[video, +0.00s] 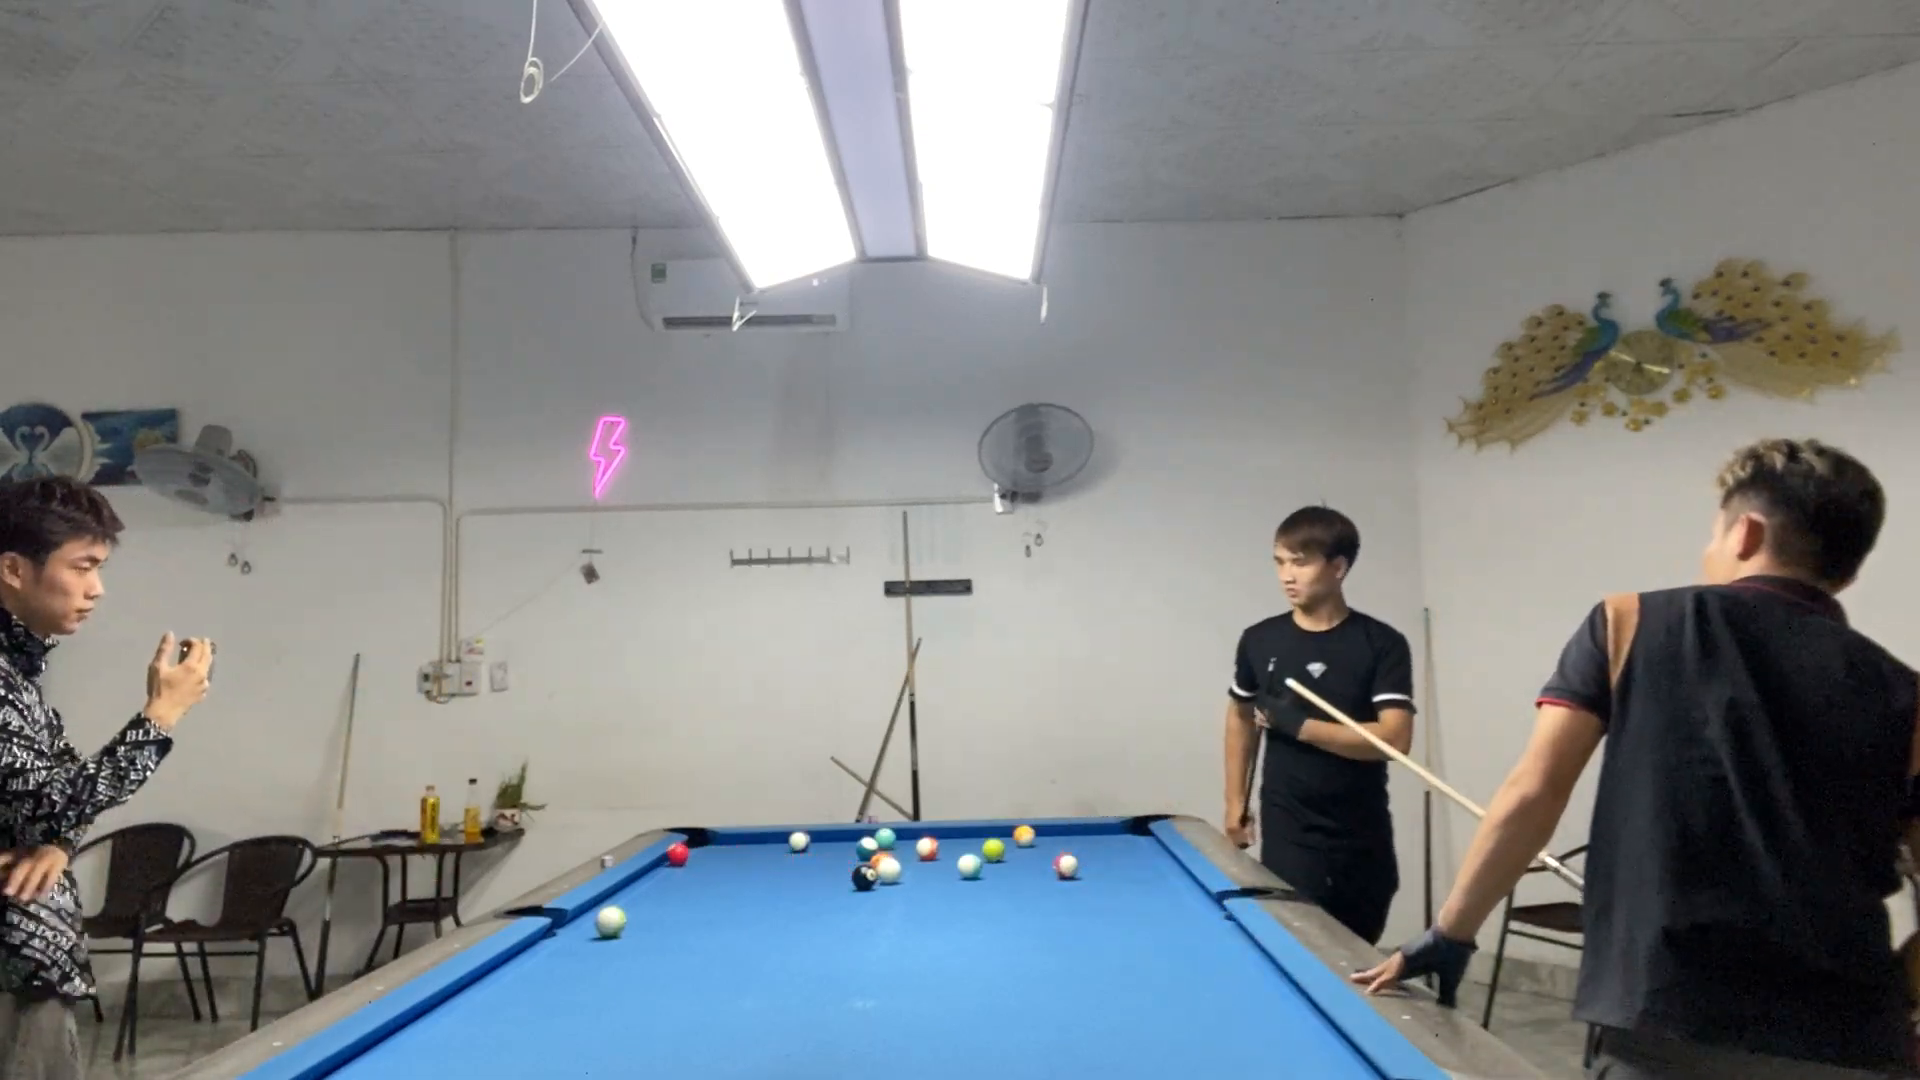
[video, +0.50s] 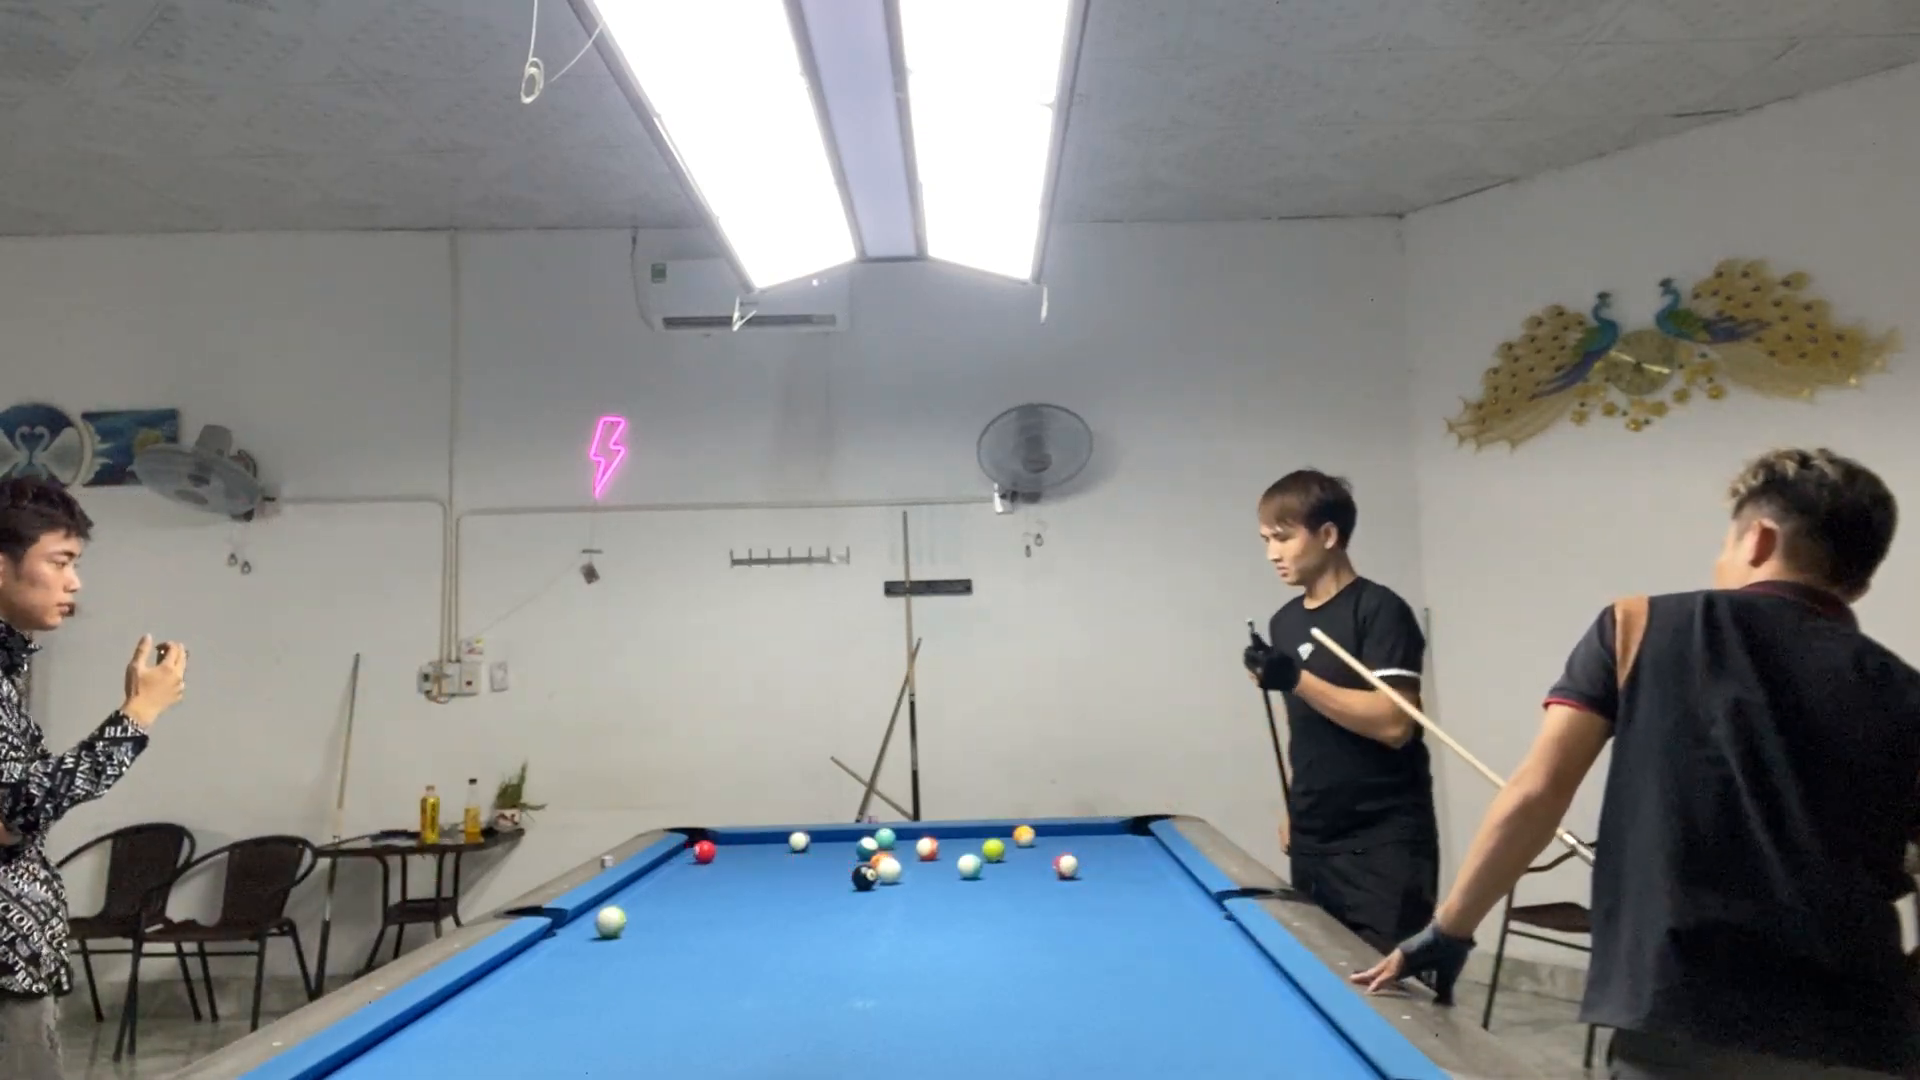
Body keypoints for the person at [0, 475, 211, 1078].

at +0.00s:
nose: (97, 588)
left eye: (99, 568)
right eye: (82, 566)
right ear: (14, 570)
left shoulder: (21, 673)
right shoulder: (3, 678)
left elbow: (69, 782)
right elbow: (46, 813)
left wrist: (56, 845)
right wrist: (159, 717)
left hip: (42, 980)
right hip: (21, 988)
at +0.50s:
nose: (75, 583)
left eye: (74, 564)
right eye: (60, 561)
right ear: (6, 565)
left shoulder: (12, 668)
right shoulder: (6, 672)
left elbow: (32, 792)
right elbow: (24, 801)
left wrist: (133, 713)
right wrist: (137, 714)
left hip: (29, 968)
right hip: (15, 973)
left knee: (40, 1066)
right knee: (34, 1068)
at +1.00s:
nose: (70, 592)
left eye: (71, 571)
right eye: (60, 568)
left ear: (19, 568)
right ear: (7, 567)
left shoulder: (7, 666)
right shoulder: (4, 669)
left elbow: (23, 795)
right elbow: (21, 801)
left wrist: (13, 825)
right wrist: (135, 721)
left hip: (20, 970)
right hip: (10, 974)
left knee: (31, 1067)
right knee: (29, 1069)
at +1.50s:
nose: (69, 590)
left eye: (69, 569)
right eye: (57, 565)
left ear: (17, 566)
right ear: (5, 565)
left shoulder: (6, 665)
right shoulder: (4, 668)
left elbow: (18, 798)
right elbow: (15, 802)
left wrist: (128, 724)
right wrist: (132, 724)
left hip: (17, 975)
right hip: (9, 977)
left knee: (29, 1069)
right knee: (26, 1070)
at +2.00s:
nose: (65, 584)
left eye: (67, 566)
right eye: (49, 562)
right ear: (1, 565)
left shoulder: (6, 670)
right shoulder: (3, 673)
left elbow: (22, 795)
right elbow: (19, 799)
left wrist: (131, 721)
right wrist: (134, 722)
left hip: (19, 973)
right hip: (10, 977)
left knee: (30, 1068)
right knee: (26, 1069)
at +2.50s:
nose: (70, 588)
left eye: (71, 569)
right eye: (56, 565)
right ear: (6, 567)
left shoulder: (9, 667)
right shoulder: (5, 670)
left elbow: (25, 795)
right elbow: (25, 799)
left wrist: (14, 824)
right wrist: (139, 720)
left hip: (20, 972)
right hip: (11, 974)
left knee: (30, 1069)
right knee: (26, 1070)